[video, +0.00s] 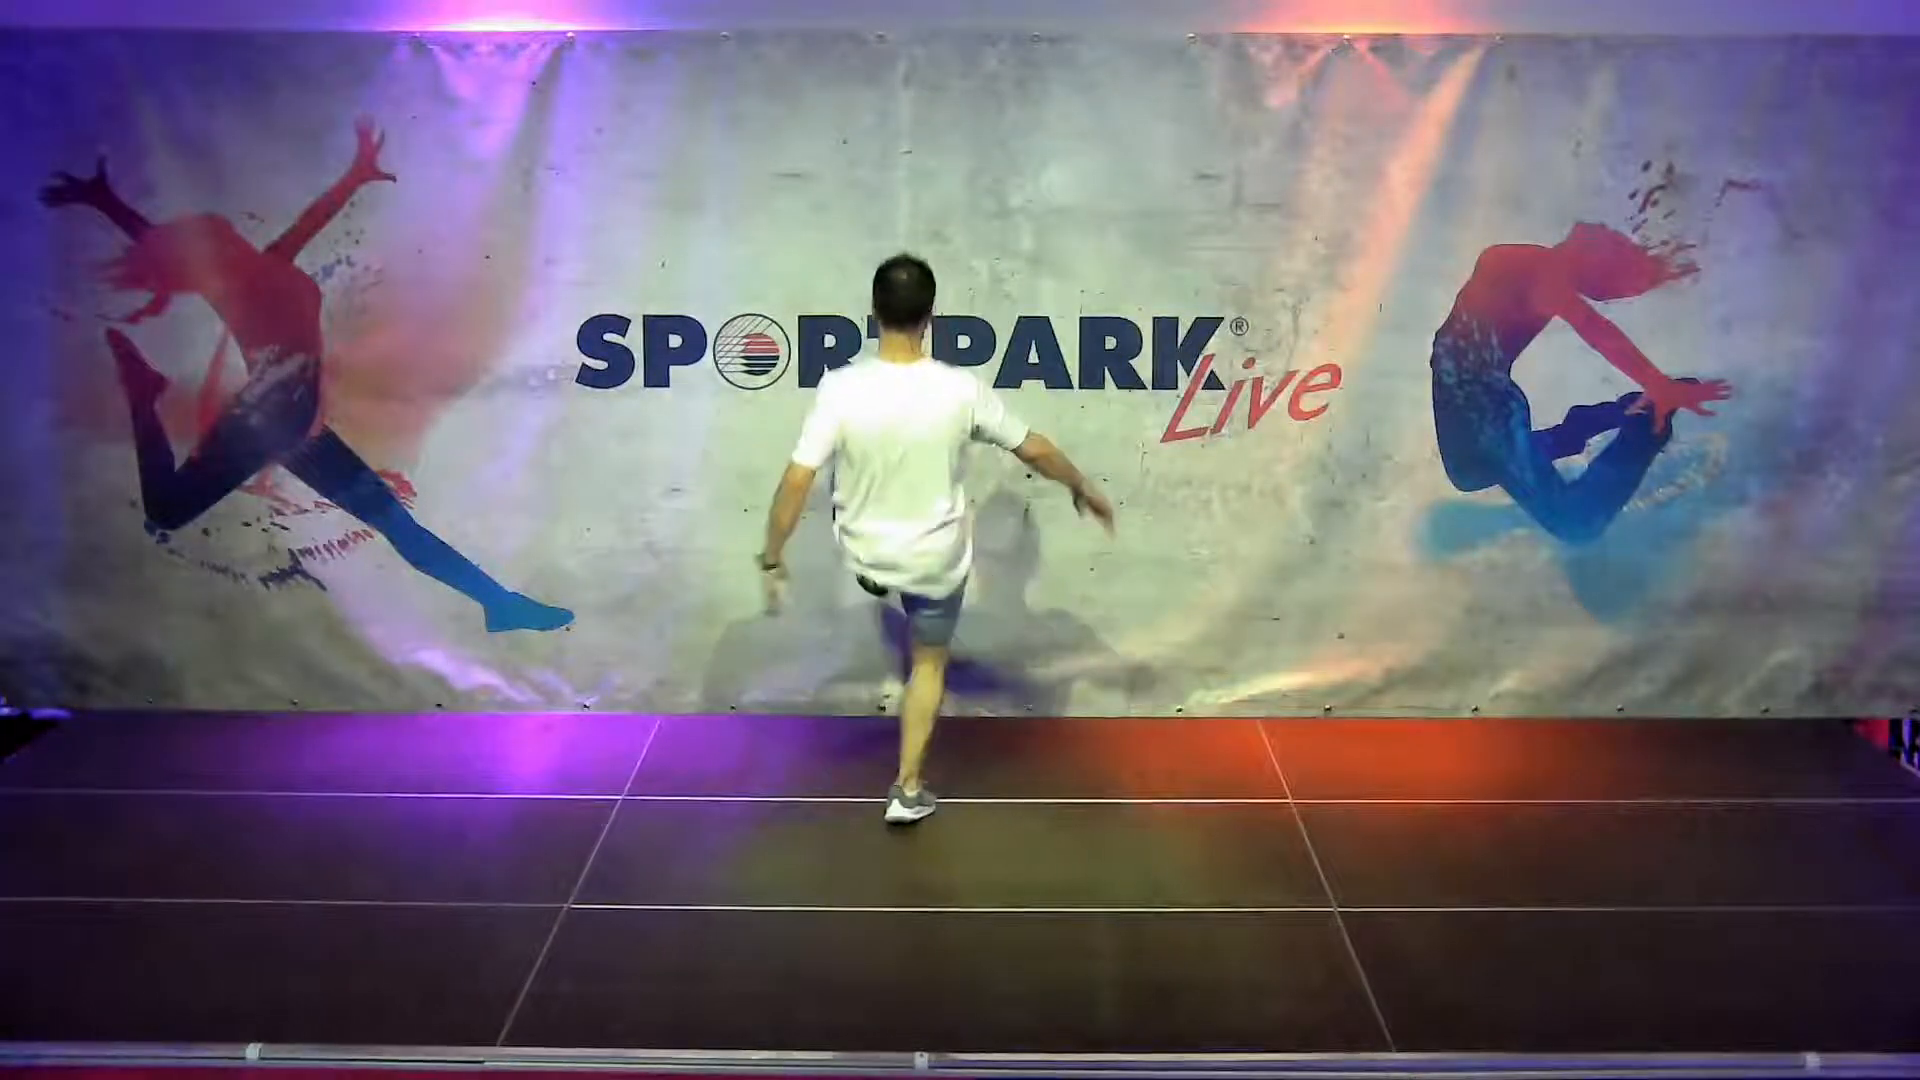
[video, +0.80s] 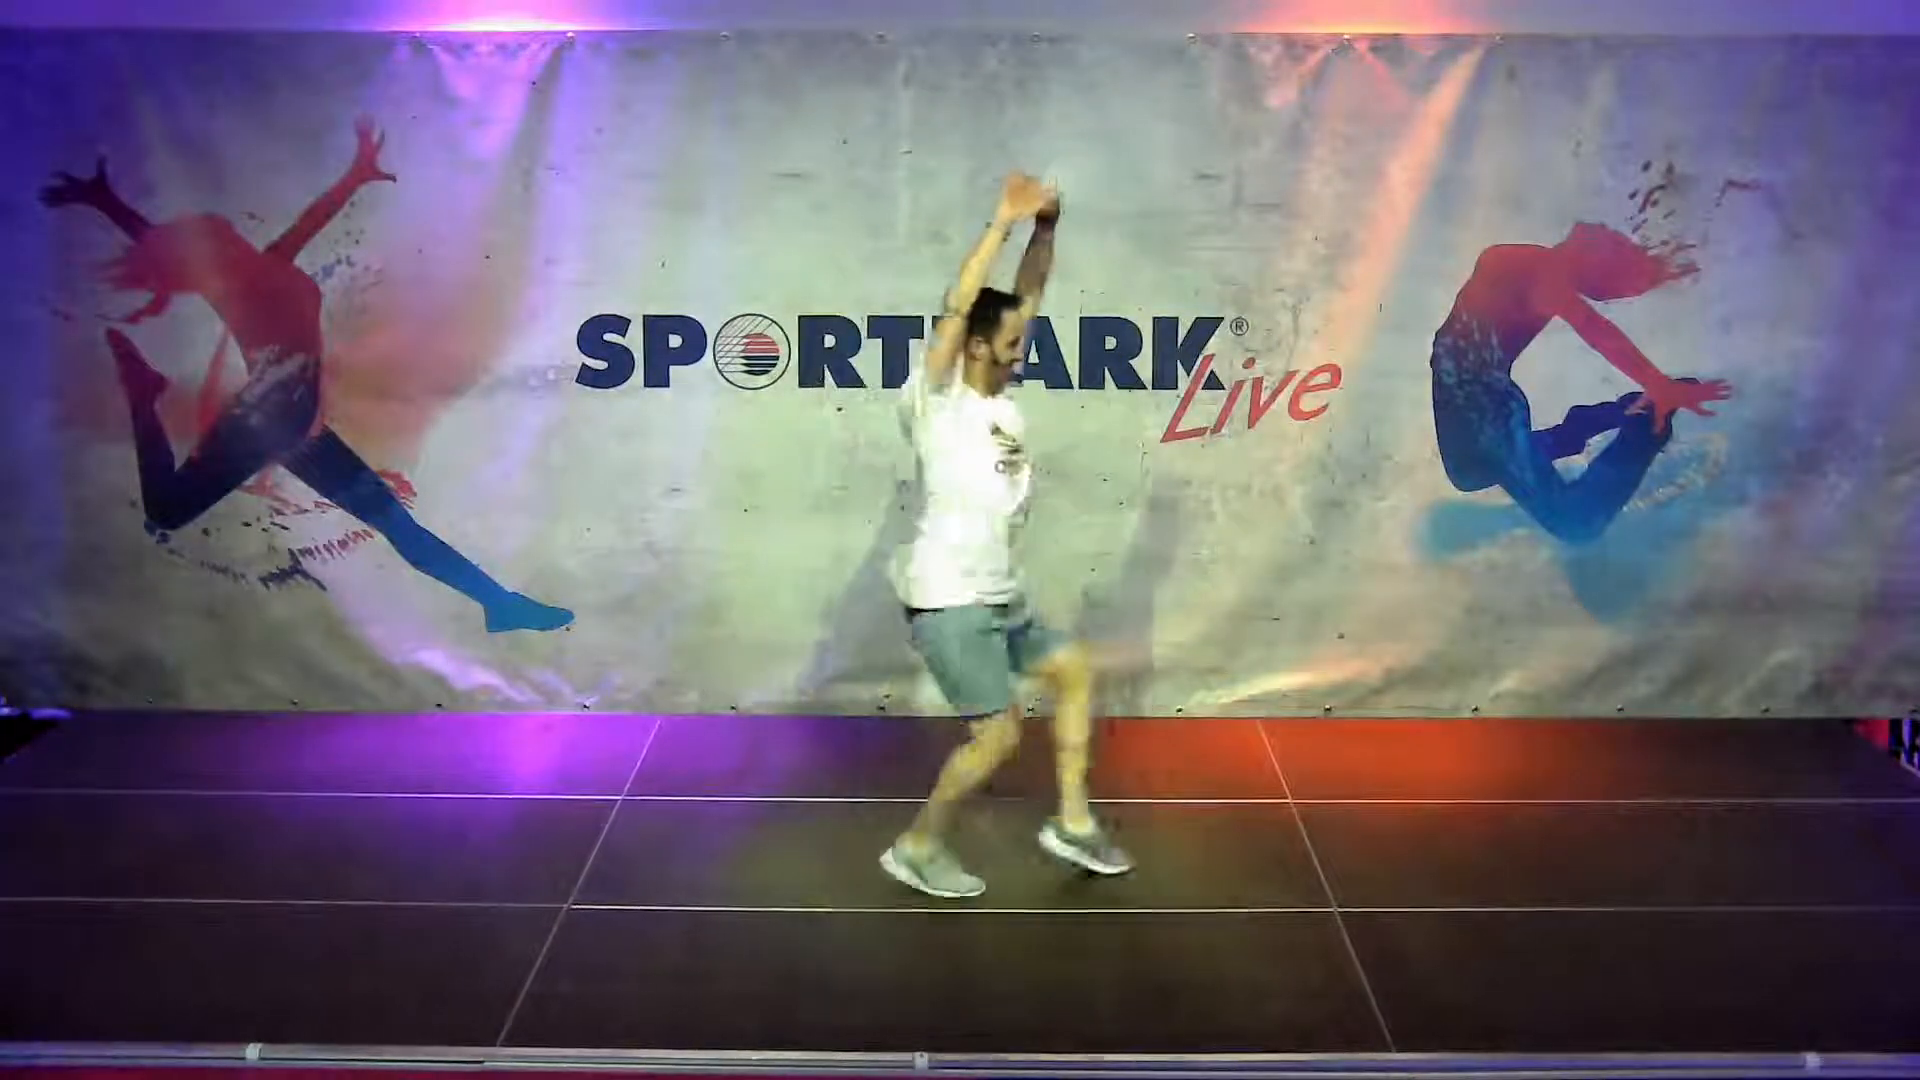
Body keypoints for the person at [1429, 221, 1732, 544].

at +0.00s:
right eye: (1608, 280)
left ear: (1588, 243)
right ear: (1592, 239)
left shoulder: (1546, 280)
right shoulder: (1536, 266)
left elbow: (1596, 329)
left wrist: (1657, 383)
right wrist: (1648, 271)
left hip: (1487, 400)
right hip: (1454, 388)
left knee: (1575, 524)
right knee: (1468, 474)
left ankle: (1647, 426)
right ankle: (1570, 436)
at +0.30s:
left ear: (1589, 244)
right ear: (1592, 238)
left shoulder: (1547, 281)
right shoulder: (1535, 265)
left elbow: (1596, 329)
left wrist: (1657, 383)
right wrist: (1648, 271)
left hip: (1486, 401)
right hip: (1455, 390)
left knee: (1575, 524)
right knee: (1467, 474)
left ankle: (1647, 426)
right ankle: (1570, 437)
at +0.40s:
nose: (1599, 231)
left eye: (1604, 245)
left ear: (1589, 245)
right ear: (1592, 237)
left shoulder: (1547, 281)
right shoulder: (1536, 265)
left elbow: (1596, 329)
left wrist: (1657, 383)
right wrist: (1648, 272)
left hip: (1486, 401)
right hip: (1455, 390)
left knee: (1575, 524)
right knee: (1467, 474)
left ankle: (1647, 426)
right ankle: (1570, 437)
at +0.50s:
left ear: (1588, 243)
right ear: (1591, 238)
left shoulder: (1546, 280)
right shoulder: (1537, 265)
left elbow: (1596, 330)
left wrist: (1657, 383)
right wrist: (1648, 271)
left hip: (1486, 400)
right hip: (1454, 388)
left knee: (1575, 524)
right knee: (1468, 474)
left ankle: (1647, 426)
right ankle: (1570, 437)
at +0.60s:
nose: (1596, 229)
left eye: (1604, 244)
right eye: (1610, 240)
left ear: (1589, 245)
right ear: (1590, 237)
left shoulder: (1547, 280)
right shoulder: (1536, 265)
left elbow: (1596, 330)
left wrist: (1657, 383)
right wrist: (1649, 272)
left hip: (1487, 400)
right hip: (1454, 388)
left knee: (1574, 524)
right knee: (1468, 474)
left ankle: (1647, 426)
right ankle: (1569, 437)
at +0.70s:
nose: (1599, 231)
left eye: (1605, 245)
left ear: (1591, 247)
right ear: (1593, 237)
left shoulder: (1546, 280)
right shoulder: (1534, 265)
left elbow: (1596, 329)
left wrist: (1657, 383)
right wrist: (1649, 272)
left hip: (1487, 401)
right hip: (1454, 390)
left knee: (1575, 524)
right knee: (1467, 474)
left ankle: (1648, 425)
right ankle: (1570, 436)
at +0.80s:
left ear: (1588, 243)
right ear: (1591, 238)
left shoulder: (1546, 280)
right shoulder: (1537, 265)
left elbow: (1596, 330)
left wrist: (1657, 383)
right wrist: (1648, 271)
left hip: (1486, 400)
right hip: (1455, 388)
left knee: (1575, 524)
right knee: (1468, 474)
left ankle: (1647, 426)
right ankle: (1570, 436)